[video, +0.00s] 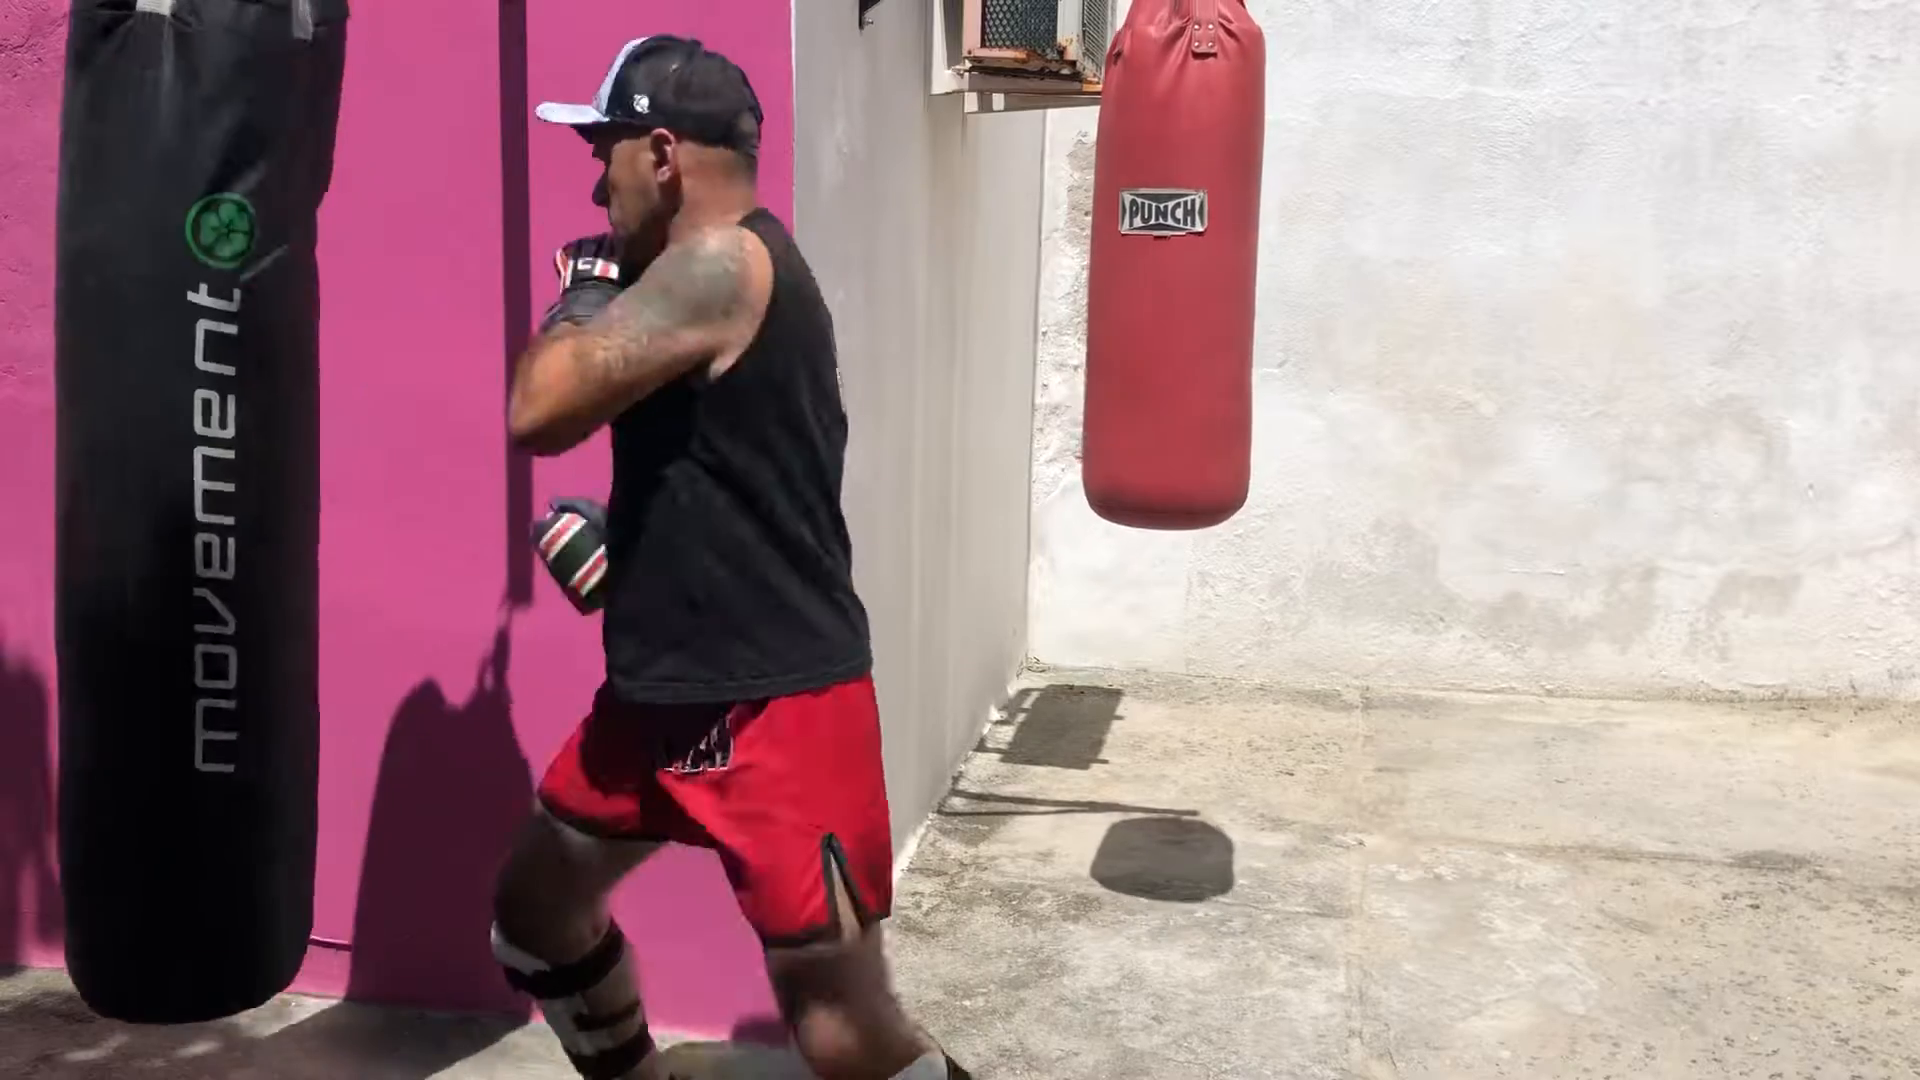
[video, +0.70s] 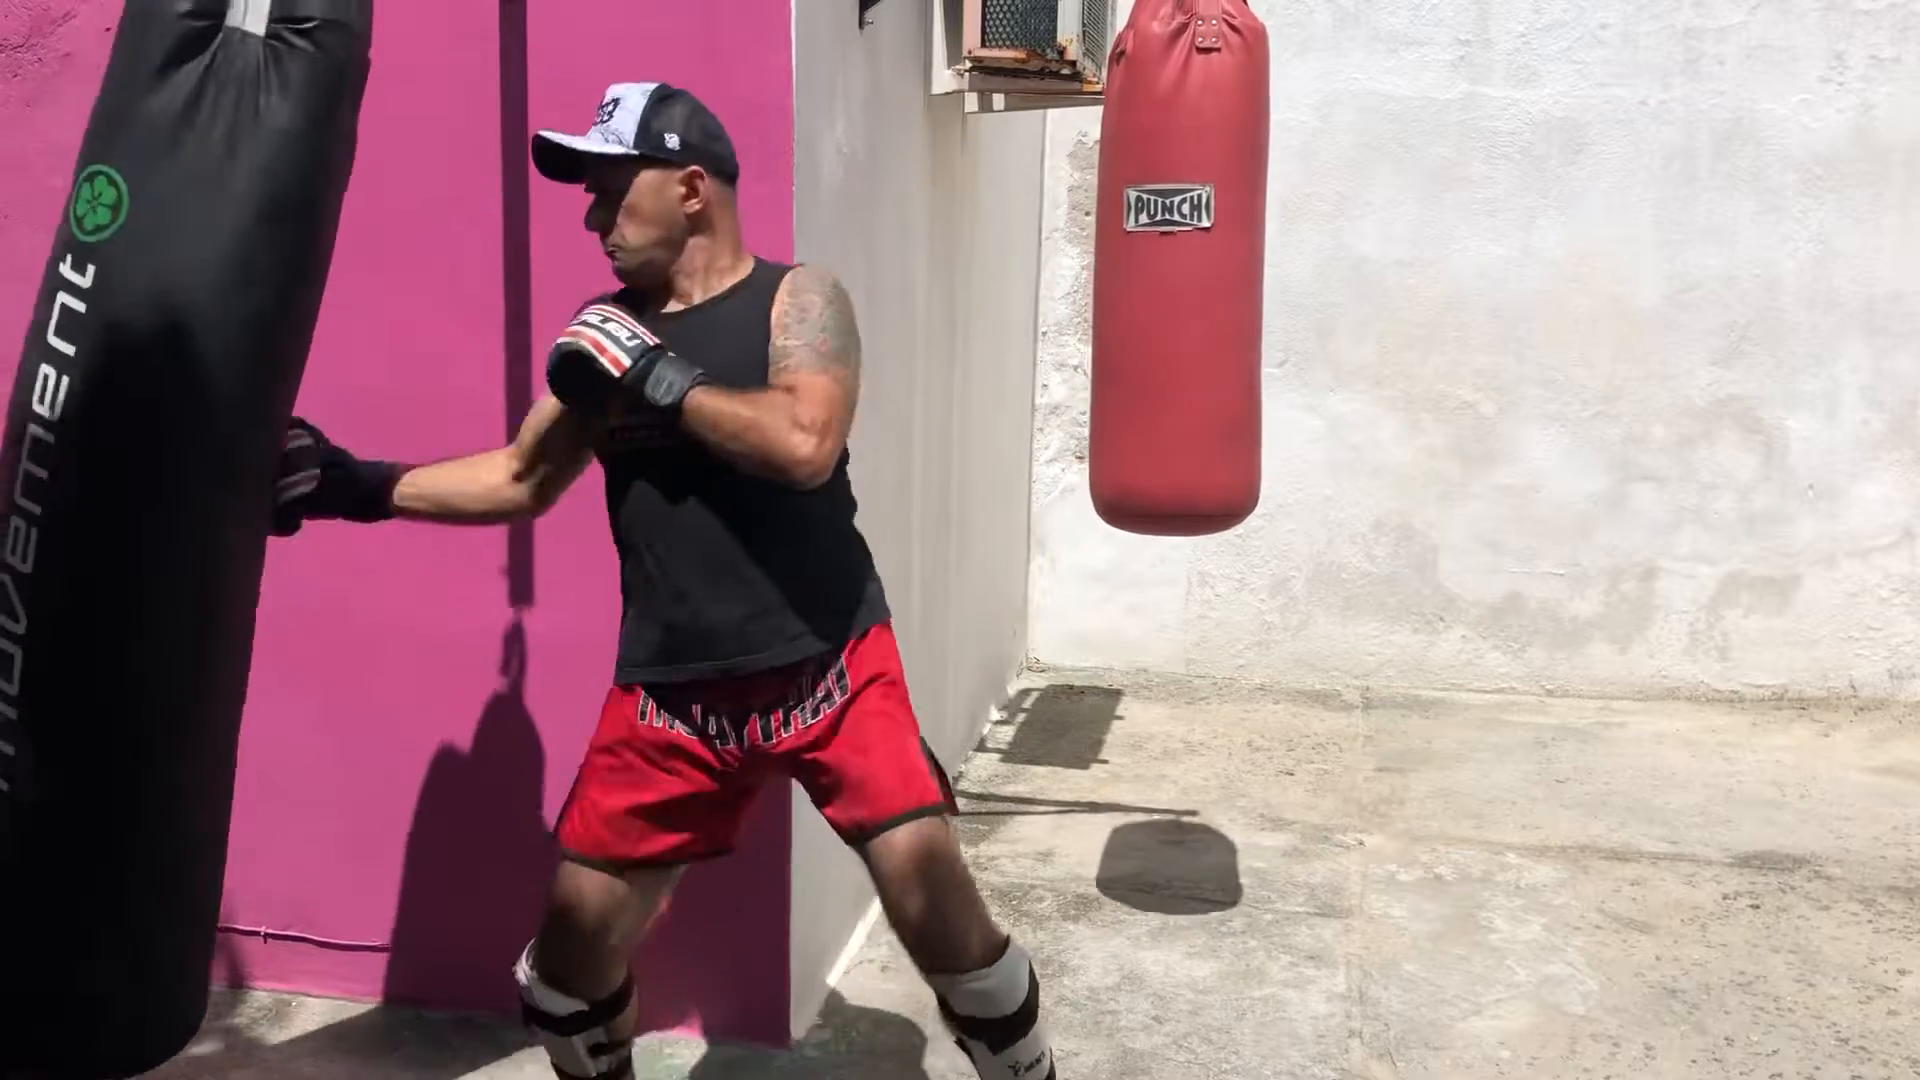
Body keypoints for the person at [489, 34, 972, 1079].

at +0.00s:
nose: (598, 169)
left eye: (610, 145)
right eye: (602, 146)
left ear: (665, 155)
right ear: (689, 155)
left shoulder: (723, 261)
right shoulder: (740, 264)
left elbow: (536, 414)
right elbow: (757, 477)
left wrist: (582, 290)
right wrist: (631, 542)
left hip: (780, 696)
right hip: (662, 692)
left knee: (846, 1032)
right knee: (541, 909)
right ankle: (629, 1075)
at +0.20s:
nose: (567, 222)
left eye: (586, 196)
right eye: (574, 199)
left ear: (648, 211)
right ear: (650, 215)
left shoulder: (742, 319)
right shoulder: (651, 359)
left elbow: (696, 500)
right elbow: (671, 504)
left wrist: (572, 450)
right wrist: (563, 462)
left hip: (769, 747)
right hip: (635, 748)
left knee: (861, 1041)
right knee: (529, 964)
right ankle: (610, 1079)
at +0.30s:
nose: (538, 211)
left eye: (562, 189)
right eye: (543, 191)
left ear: (639, 202)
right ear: (623, 207)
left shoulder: (749, 312)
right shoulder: (569, 368)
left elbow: (717, 457)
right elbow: (495, 491)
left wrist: (566, 404)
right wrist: (340, 486)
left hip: (782, 714)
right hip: (618, 726)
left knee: (887, 1004)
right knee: (522, 998)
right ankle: (601, 1078)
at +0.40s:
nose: (522, 207)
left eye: (539, 184)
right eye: (523, 188)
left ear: (612, 187)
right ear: (595, 196)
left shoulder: (709, 270)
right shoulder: (590, 349)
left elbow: (574, 405)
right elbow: (601, 527)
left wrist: (508, 338)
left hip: (770, 672)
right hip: (627, 698)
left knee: (890, 958)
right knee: (548, 972)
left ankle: (989, 1068)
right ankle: (599, 1074)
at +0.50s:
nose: (514, 201)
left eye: (528, 178)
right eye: (513, 183)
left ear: (601, 178)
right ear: (593, 185)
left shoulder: (693, 253)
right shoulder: (592, 321)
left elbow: (577, 404)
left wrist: (524, 347)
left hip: (770, 653)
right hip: (625, 674)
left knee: (886, 935)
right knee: (563, 929)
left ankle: (1021, 1074)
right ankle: (611, 1076)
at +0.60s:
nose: (524, 193)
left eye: (539, 170)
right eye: (522, 174)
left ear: (611, 172)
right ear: (602, 179)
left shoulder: (722, 257)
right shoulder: (596, 323)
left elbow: (652, 410)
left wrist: (556, 358)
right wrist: (550, 371)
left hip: (780, 651)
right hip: (633, 669)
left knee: (896, 930)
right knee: (572, 923)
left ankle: (1018, 1072)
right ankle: (609, 1075)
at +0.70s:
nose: (592, 209)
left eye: (612, 185)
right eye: (592, 186)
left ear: (691, 190)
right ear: (672, 192)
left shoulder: (800, 298)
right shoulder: (608, 334)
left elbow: (806, 445)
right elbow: (522, 477)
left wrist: (654, 377)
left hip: (830, 659)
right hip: (668, 685)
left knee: (924, 869)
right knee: (581, 915)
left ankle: (1021, 1071)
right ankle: (599, 1077)